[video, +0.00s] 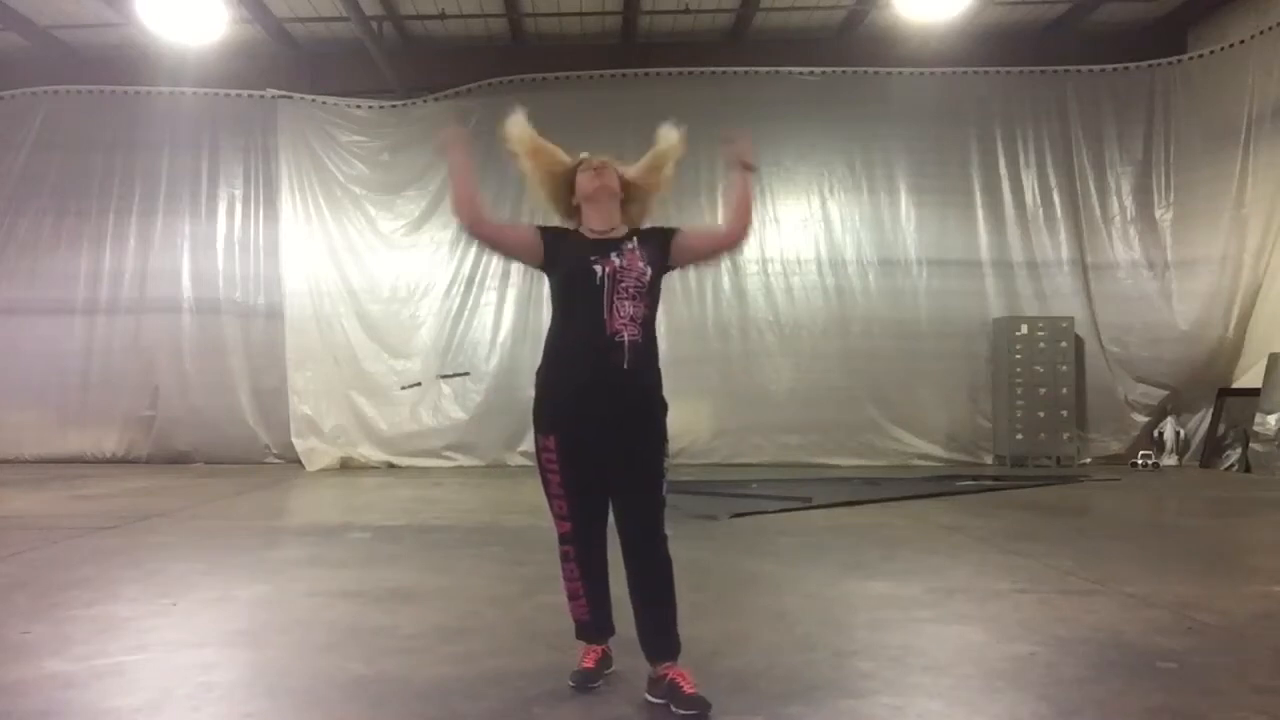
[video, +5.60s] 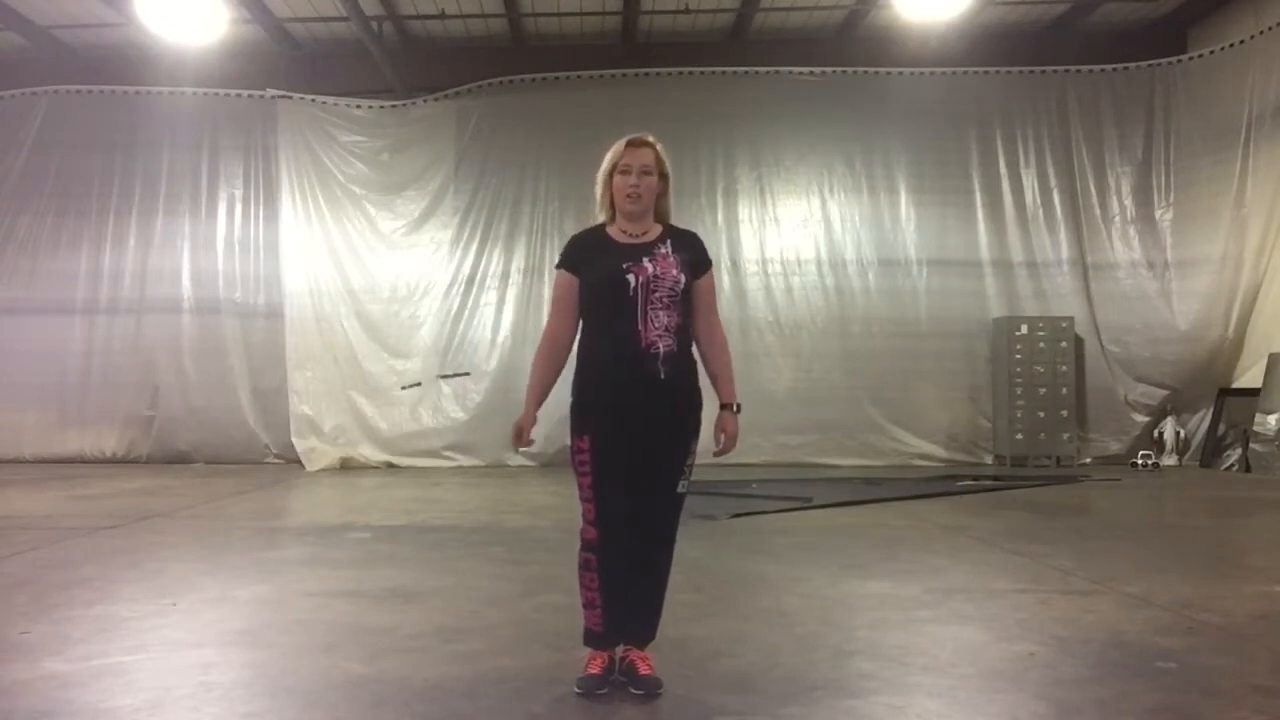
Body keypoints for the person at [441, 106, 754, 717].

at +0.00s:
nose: (596, 174)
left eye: (605, 168)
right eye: (585, 170)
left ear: (622, 186)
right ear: (573, 190)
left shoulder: (654, 244)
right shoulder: (555, 244)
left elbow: (731, 234)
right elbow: (476, 221)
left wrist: (742, 173)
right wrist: (459, 156)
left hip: (637, 411)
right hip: (567, 413)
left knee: (647, 538)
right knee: (579, 536)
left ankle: (665, 664)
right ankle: (594, 646)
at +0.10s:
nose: (599, 169)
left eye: (608, 167)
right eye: (587, 169)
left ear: (625, 189)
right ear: (573, 195)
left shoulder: (653, 247)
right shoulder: (556, 252)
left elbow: (721, 288)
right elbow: (478, 279)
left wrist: (779, 247)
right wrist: (424, 222)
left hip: (637, 413)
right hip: (568, 415)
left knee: (646, 537)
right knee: (579, 536)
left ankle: (665, 665)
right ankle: (593, 646)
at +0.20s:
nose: (596, 169)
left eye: (606, 166)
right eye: (586, 168)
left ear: (624, 186)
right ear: (573, 192)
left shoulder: (654, 248)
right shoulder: (559, 256)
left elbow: (700, 320)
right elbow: (507, 321)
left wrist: (749, 343)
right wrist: (445, 326)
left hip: (638, 413)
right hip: (569, 416)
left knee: (645, 536)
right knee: (579, 536)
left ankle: (665, 665)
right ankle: (593, 646)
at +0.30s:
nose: (595, 166)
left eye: (604, 162)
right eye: (583, 166)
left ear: (623, 184)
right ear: (571, 193)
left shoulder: (655, 246)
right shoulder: (559, 257)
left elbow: (681, 328)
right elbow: (526, 338)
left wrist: (703, 397)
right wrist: (473, 391)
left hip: (638, 415)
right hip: (568, 419)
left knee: (645, 537)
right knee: (578, 537)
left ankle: (664, 665)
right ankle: (592, 646)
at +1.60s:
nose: (630, 162)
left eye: (640, 156)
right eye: (619, 161)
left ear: (662, 175)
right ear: (608, 186)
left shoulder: (692, 240)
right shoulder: (592, 247)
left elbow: (725, 315)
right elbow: (561, 319)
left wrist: (718, 374)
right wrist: (555, 384)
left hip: (677, 407)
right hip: (607, 406)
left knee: (670, 527)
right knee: (604, 526)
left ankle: (662, 642)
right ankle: (598, 643)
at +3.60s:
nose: (632, 164)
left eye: (644, 159)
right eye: (623, 155)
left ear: (657, 178)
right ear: (604, 168)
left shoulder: (676, 239)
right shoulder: (575, 240)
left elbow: (699, 319)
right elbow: (528, 314)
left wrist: (726, 387)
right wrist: (505, 385)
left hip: (660, 405)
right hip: (590, 404)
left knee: (647, 523)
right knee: (592, 526)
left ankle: (633, 648)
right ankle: (598, 649)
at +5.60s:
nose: (635, 182)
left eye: (646, 173)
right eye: (626, 172)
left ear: (662, 183)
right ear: (608, 181)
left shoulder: (686, 246)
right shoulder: (584, 247)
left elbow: (707, 329)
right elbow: (558, 335)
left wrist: (728, 402)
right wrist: (531, 406)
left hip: (671, 411)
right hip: (601, 410)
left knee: (653, 526)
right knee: (601, 528)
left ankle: (635, 649)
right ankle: (599, 651)